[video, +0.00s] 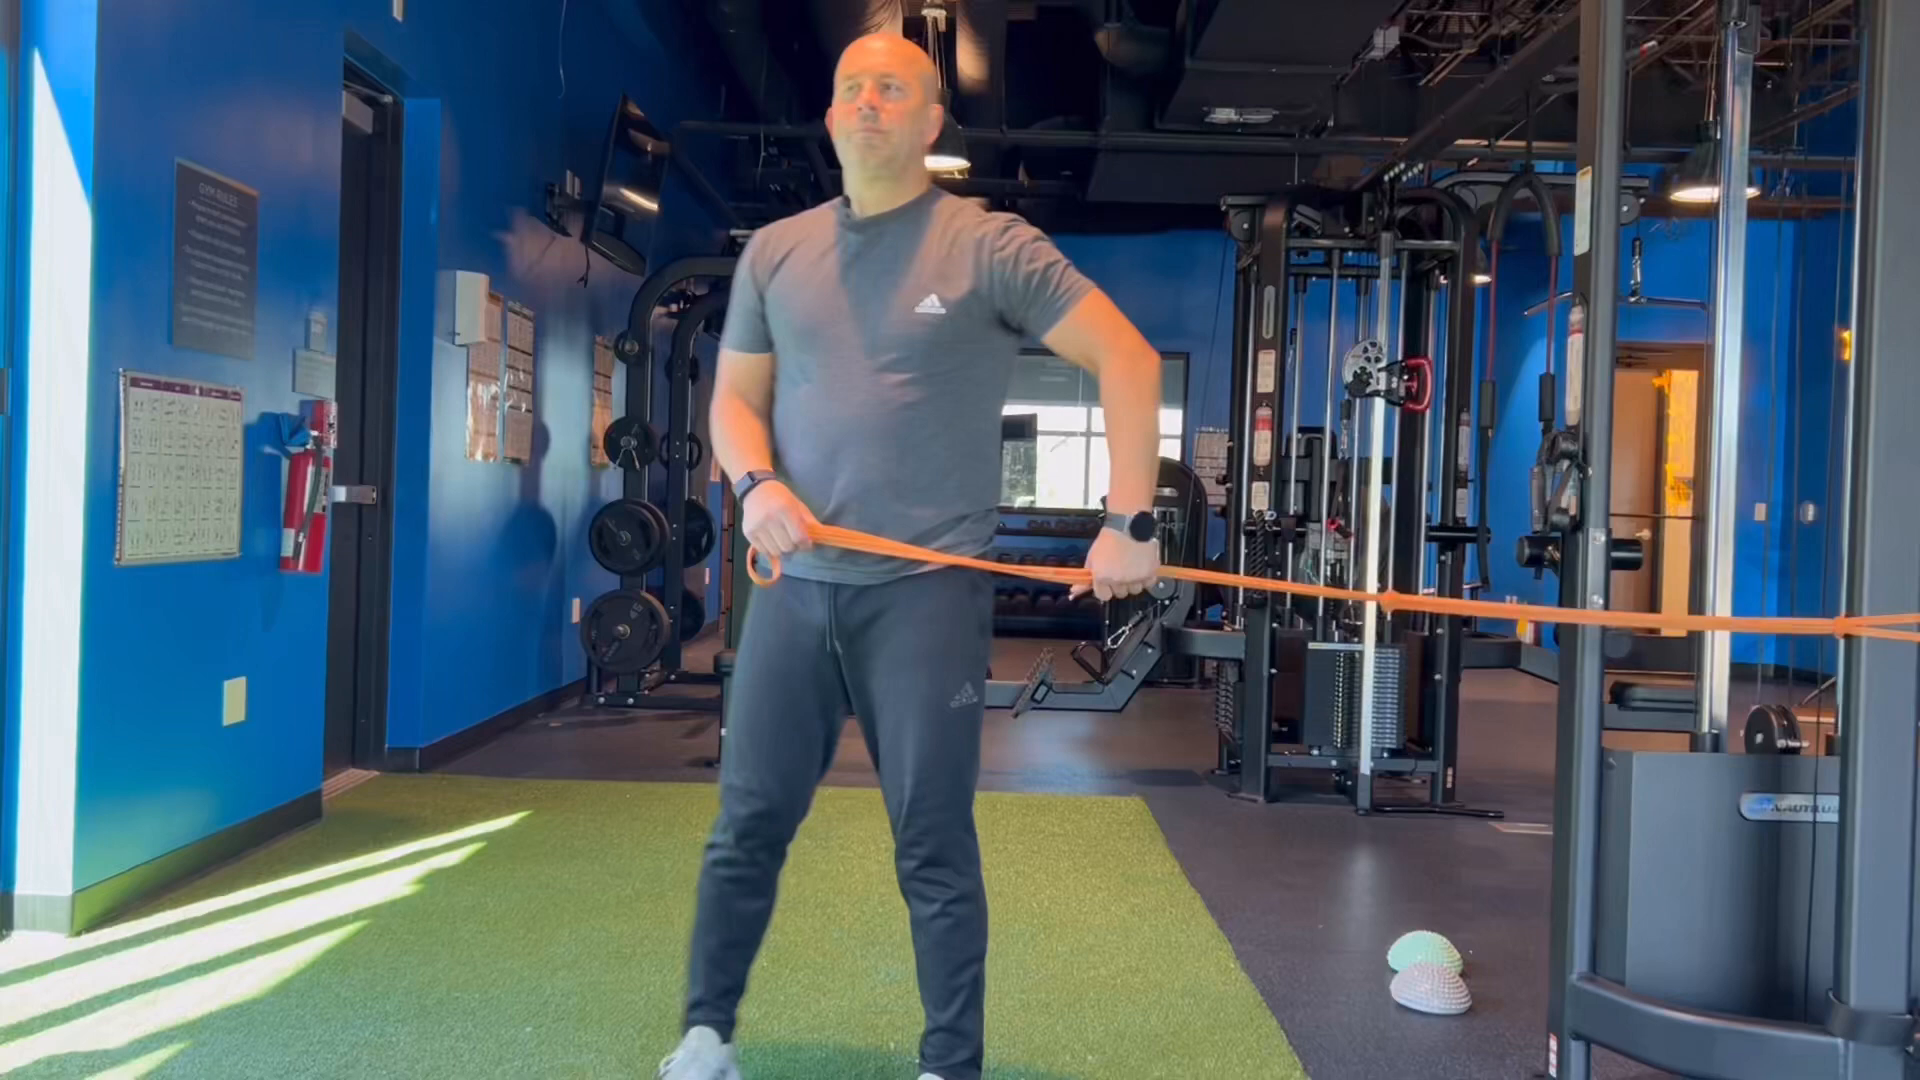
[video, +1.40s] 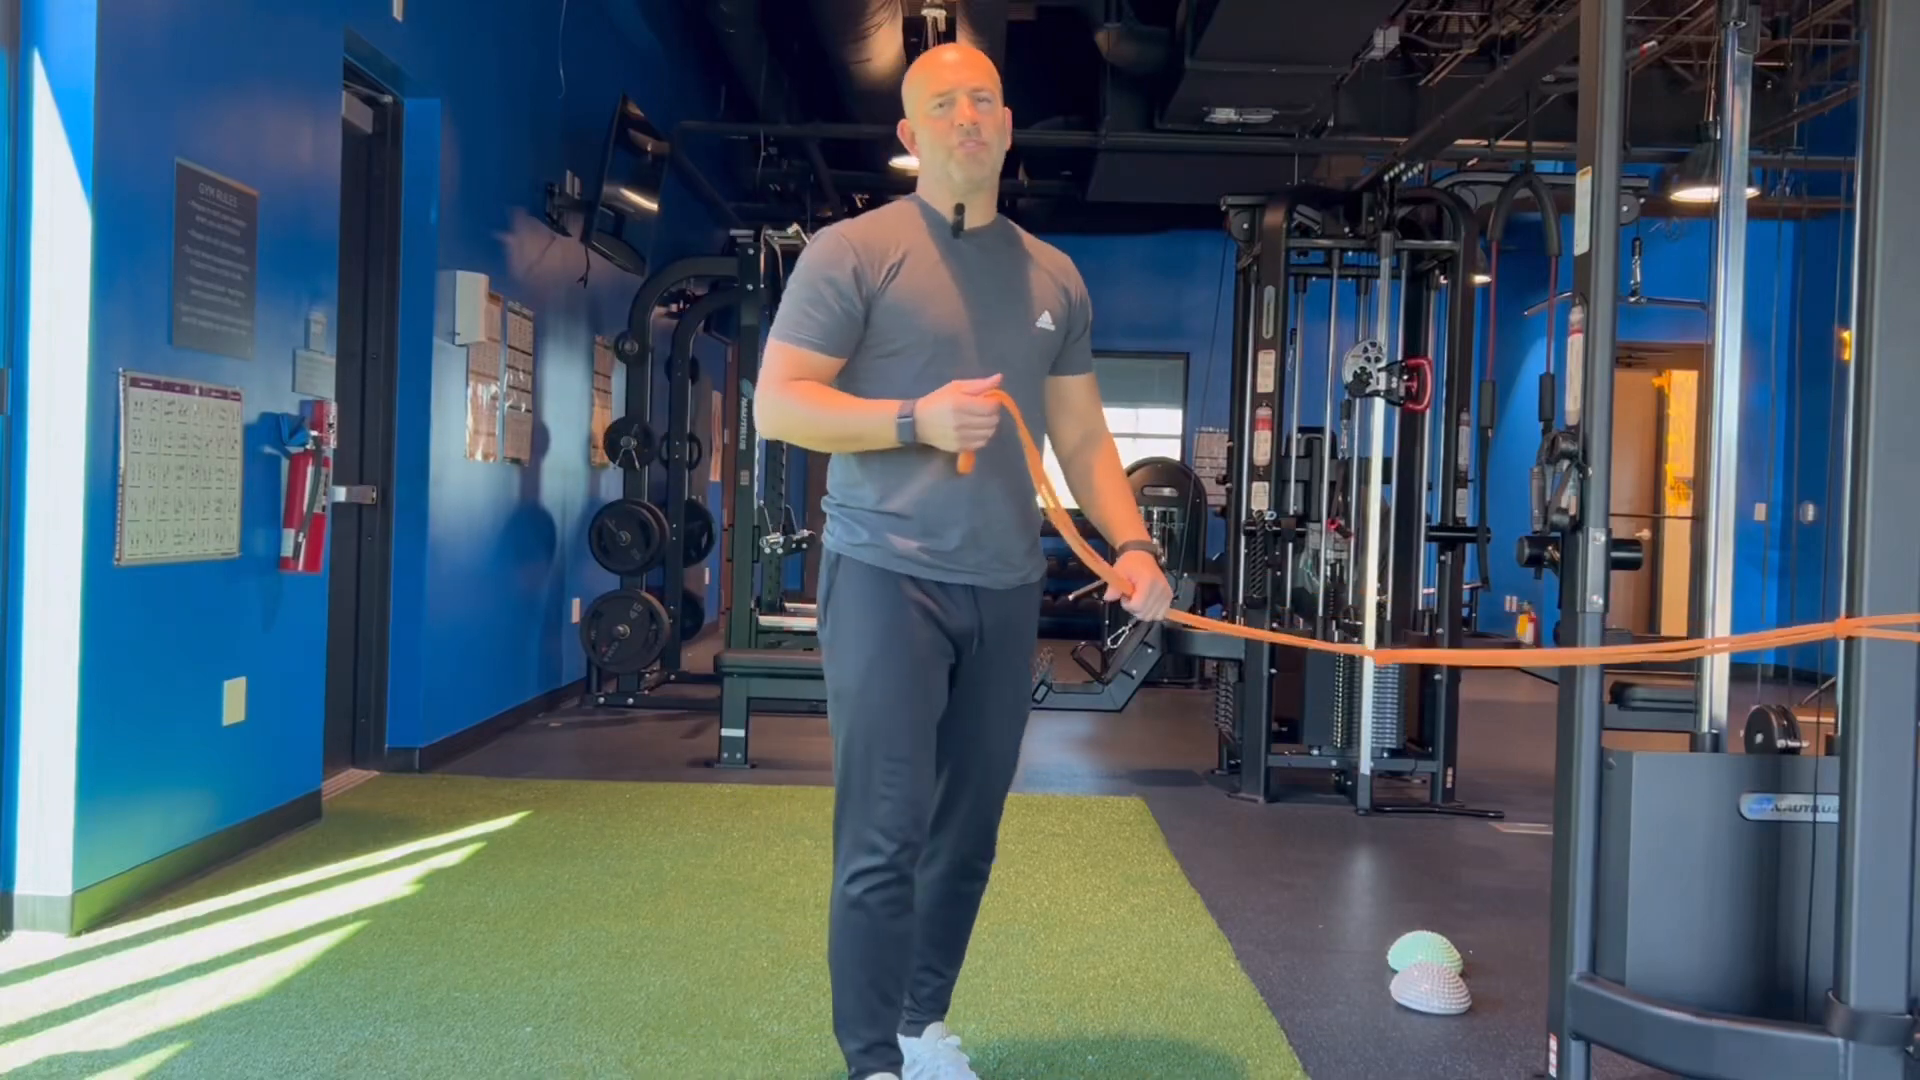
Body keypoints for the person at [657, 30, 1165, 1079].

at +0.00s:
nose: (868, 101)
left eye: (893, 87)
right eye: (853, 87)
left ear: (938, 123)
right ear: (828, 121)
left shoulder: (985, 245)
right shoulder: (772, 253)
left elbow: (1129, 357)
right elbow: (737, 398)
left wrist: (1126, 519)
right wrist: (756, 484)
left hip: (929, 584)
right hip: (792, 577)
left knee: (932, 840)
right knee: (748, 820)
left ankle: (953, 1064)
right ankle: (708, 1034)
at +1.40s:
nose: (969, 113)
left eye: (985, 97)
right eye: (944, 100)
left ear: (1010, 127)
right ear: (907, 134)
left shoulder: (1054, 278)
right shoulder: (849, 252)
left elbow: (1084, 435)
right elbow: (779, 406)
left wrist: (1132, 545)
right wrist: (912, 418)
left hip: (1006, 587)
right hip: (884, 577)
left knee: (968, 828)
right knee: (887, 832)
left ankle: (919, 1021)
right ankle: (871, 1058)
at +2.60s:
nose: (1019, 127)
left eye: (1038, 111)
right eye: (997, 114)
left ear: (1070, 139)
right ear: (967, 146)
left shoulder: (1134, 282)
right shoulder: (906, 271)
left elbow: (1184, 430)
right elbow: (850, 410)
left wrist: (1177, 512)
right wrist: (883, 429)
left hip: (1075, 591)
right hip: (931, 588)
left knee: (1091, 833)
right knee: (905, 827)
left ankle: (1105, 1048)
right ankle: (887, 1024)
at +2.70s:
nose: (989, 136)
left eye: (1005, 119)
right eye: (966, 123)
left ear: (1035, 142)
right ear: (934, 153)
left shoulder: (1103, 284)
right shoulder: (876, 280)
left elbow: (1149, 428)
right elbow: (821, 419)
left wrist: (1156, 512)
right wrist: (870, 443)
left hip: (1053, 596)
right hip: (909, 593)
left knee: (1084, 827)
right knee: (892, 825)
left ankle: (1101, 1045)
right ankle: (886, 1022)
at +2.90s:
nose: (953, 140)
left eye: (968, 123)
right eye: (930, 128)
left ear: (999, 143)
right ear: (902, 156)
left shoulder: (1073, 279)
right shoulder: (848, 281)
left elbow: (1113, 422)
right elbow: (794, 415)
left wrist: (1126, 508)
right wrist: (841, 460)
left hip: (1034, 594)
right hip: (893, 589)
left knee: (1049, 826)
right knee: (884, 824)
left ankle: (1067, 1043)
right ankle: (884, 1025)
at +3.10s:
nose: (944, 139)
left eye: (959, 121)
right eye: (923, 127)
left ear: (991, 143)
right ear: (894, 157)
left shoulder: (1064, 276)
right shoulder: (843, 282)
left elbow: (1120, 412)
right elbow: (791, 413)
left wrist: (1149, 474)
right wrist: (806, 449)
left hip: (1026, 587)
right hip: (887, 587)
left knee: (1044, 823)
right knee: (883, 823)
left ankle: (1069, 1042)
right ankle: (885, 1023)